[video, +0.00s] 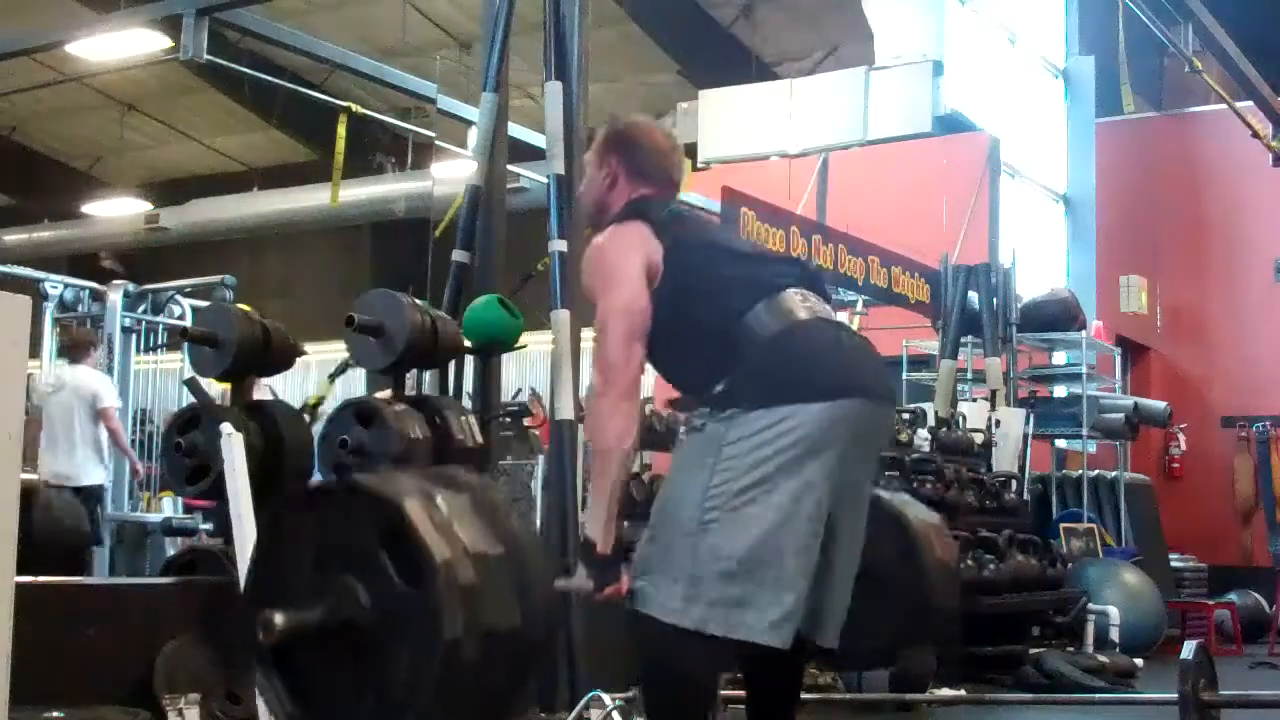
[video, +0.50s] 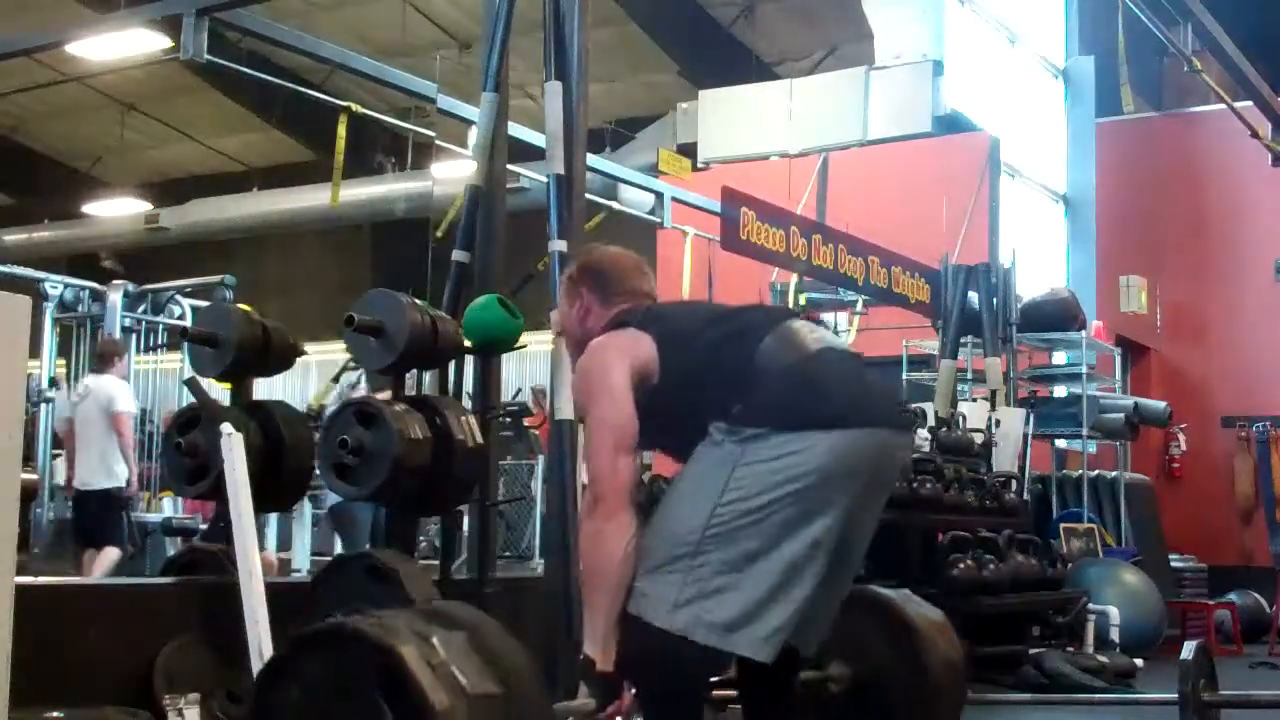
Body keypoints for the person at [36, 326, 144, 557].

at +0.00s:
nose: (97, 357)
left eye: (95, 351)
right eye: (96, 351)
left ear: (67, 351)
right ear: (90, 352)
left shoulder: (47, 379)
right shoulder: (98, 380)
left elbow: (35, 427)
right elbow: (111, 424)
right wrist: (133, 459)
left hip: (51, 477)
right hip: (86, 479)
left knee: (53, 544)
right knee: (86, 545)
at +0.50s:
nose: (127, 365)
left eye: (126, 359)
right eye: (125, 360)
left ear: (100, 360)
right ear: (116, 361)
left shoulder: (81, 387)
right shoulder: (117, 387)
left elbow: (67, 432)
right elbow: (123, 430)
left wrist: (71, 472)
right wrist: (133, 471)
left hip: (83, 482)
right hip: (109, 481)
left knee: (89, 546)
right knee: (116, 544)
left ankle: (87, 593)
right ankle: (90, 588)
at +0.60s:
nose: (132, 366)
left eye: (131, 361)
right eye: (130, 361)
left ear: (105, 360)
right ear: (122, 360)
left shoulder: (87, 386)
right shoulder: (121, 386)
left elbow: (77, 433)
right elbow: (125, 427)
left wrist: (81, 467)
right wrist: (139, 466)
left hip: (88, 480)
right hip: (115, 479)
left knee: (93, 544)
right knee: (132, 539)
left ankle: (89, 597)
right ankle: (104, 580)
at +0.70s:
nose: (141, 368)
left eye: (140, 363)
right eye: (139, 363)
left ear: (116, 362)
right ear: (130, 362)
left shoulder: (95, 388)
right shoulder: (127, 387)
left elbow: (87, 431)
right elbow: (128, 427)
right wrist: (146, 465)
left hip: (94, 480)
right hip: (123, 479)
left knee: (94, 543)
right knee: (144, 537)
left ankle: (93, 597)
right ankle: (125, 584)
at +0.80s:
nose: (148, 372)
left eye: (148, 366)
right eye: (147, 366)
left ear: (125, 365)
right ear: (138, 365)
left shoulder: (104, 388)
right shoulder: (133, 389)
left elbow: (100, 433)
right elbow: (133, 429)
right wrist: (153, 466)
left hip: (100, 481)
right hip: (130, 480)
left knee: (97, 543)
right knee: (153, 541)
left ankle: (93, 602)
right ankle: (147, 598)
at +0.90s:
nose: (161, 374)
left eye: (161, 369)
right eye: (160, 369)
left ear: (135, 366)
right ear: (151, 368)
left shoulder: (115, 390)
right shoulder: (144, 392)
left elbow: (106, 435)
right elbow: (144, 434)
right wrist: (165, 471)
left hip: (109, 483)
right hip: (138, 484)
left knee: (102, 544)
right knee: (161, 545)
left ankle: (86, 600)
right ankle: (169, 603)